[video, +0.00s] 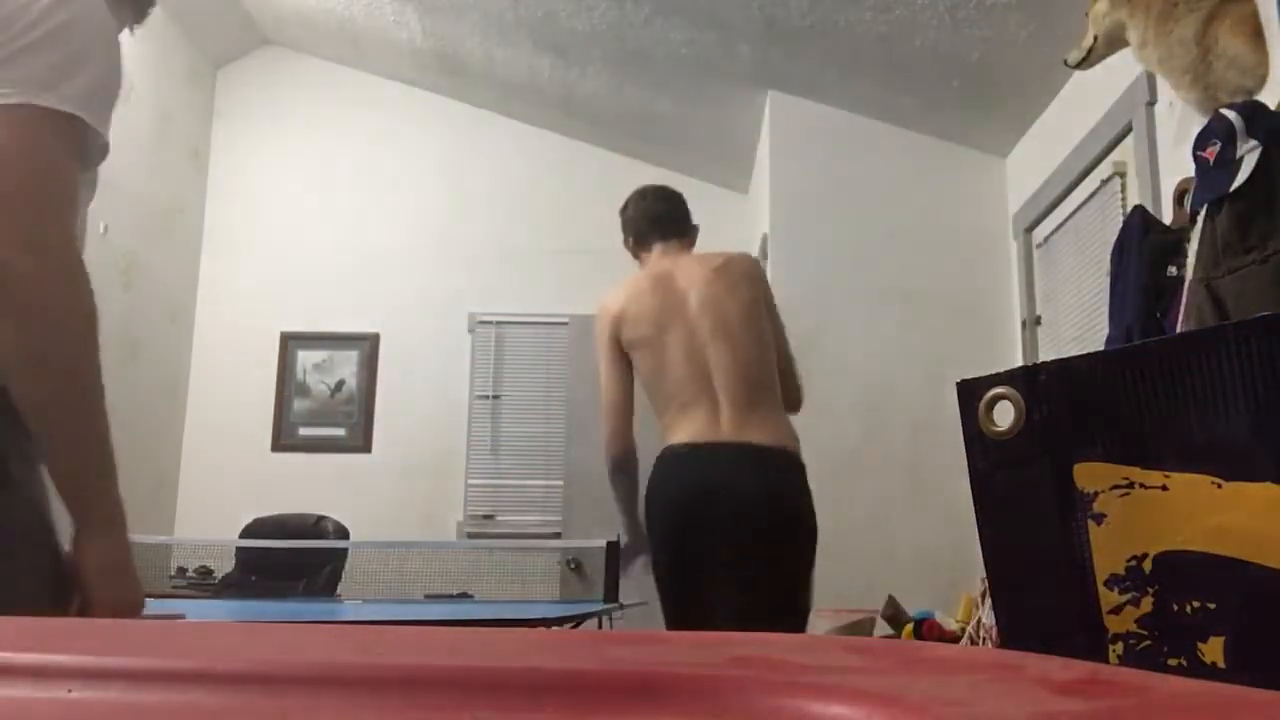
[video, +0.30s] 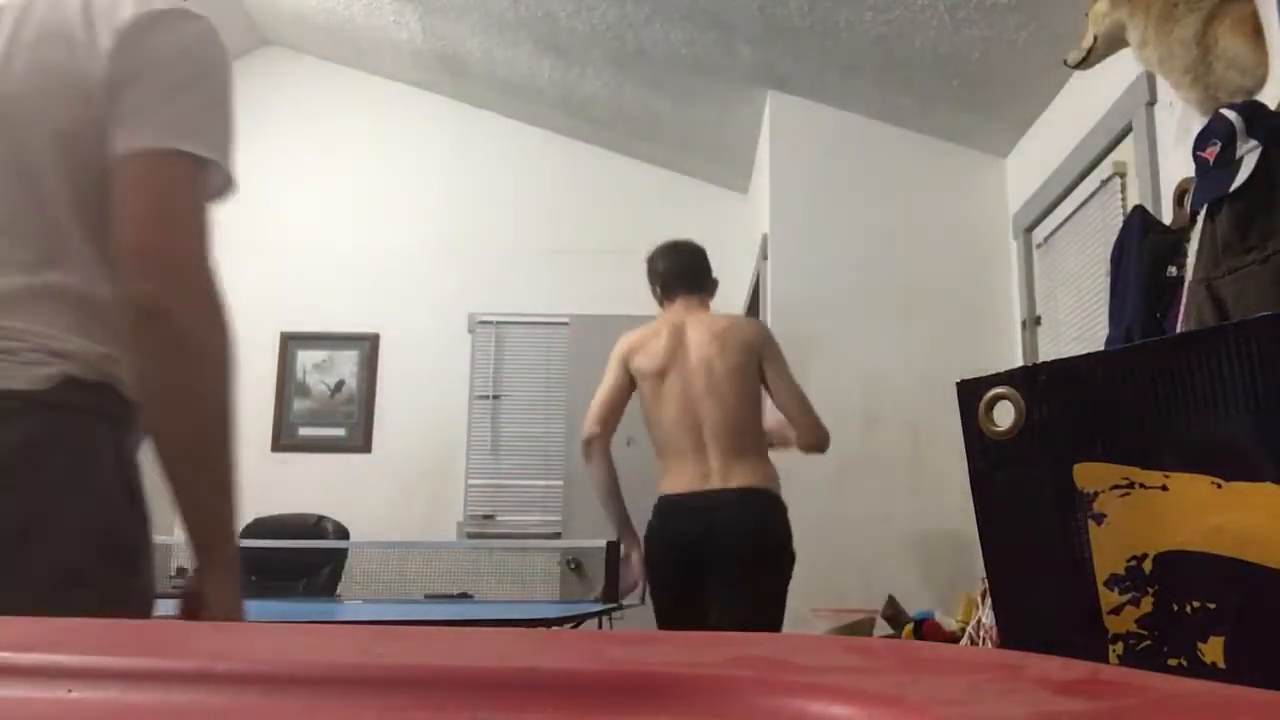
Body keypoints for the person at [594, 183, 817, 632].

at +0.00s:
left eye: (628, 246)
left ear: (632, 247)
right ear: (693, 233)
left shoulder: (619, 304)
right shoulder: (744, 270)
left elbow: (619, 451)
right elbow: (791, 395)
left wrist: (634, 532)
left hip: (684, 489)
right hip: (775, 483)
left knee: (698, 659)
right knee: (776, 658)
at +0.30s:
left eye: (654, 292)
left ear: (657, 293)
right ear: (712, 287)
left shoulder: (633, 345)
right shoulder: (750, 332)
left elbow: (592, 440)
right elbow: (815, 438)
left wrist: (628, 541)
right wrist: (772, 433)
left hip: (676, 530)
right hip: (755, 526)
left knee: (686, 673)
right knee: (748, 671)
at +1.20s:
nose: (657, 341)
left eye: (656, 334)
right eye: (656, 335)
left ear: (662, 331)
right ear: (701, 329)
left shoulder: (659, 359)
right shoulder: (736, 370)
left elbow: (654, 442)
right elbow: (768, 467)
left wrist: (644, 527)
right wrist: (720, 477)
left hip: (685, 519)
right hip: (742, 519)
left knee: (642, 644)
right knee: (746, 645)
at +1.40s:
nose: (625, 343)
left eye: (625, 334)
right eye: (624, 335)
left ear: (635, 333)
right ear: (669, 329)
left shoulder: (636, 366)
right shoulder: (707, 376)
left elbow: (645, 446)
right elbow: (726, 470)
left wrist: (632, 535)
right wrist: (674, 447)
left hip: (666, 522)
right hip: (718, 520)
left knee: (640, 644)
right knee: (717, 641)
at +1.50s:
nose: (594, 346)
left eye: (596, 336)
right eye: (593, 337)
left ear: (614, 332)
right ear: (635, 330)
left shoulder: (618, 366)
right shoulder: (671, 380)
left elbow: (628, 451)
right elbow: (685, 475)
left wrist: (614, 538)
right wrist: (605, 482)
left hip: (644, 523)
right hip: (683, 521)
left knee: (636, 637)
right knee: (684, 635)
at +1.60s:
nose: (570, 343)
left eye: (574, 333)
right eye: (569, 334)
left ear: (597, 331)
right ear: (599, 331)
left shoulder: (609, 364)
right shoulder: (646, 378)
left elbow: (628, 445)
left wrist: (592, 521)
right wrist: (573, 448)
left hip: (624, 518)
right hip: (652, 517)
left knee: (589, 634)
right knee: (640, 637)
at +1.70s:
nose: (558, 332)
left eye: (566, 322)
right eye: (558, 323)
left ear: (595, 324)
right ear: (592, 326)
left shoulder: (610, 363)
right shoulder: (598, 372)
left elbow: (631, 445)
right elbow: (577, 461)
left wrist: (577, 515)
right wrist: (546, 415)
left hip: (613, 519)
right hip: (600, 519)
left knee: (582, 636)